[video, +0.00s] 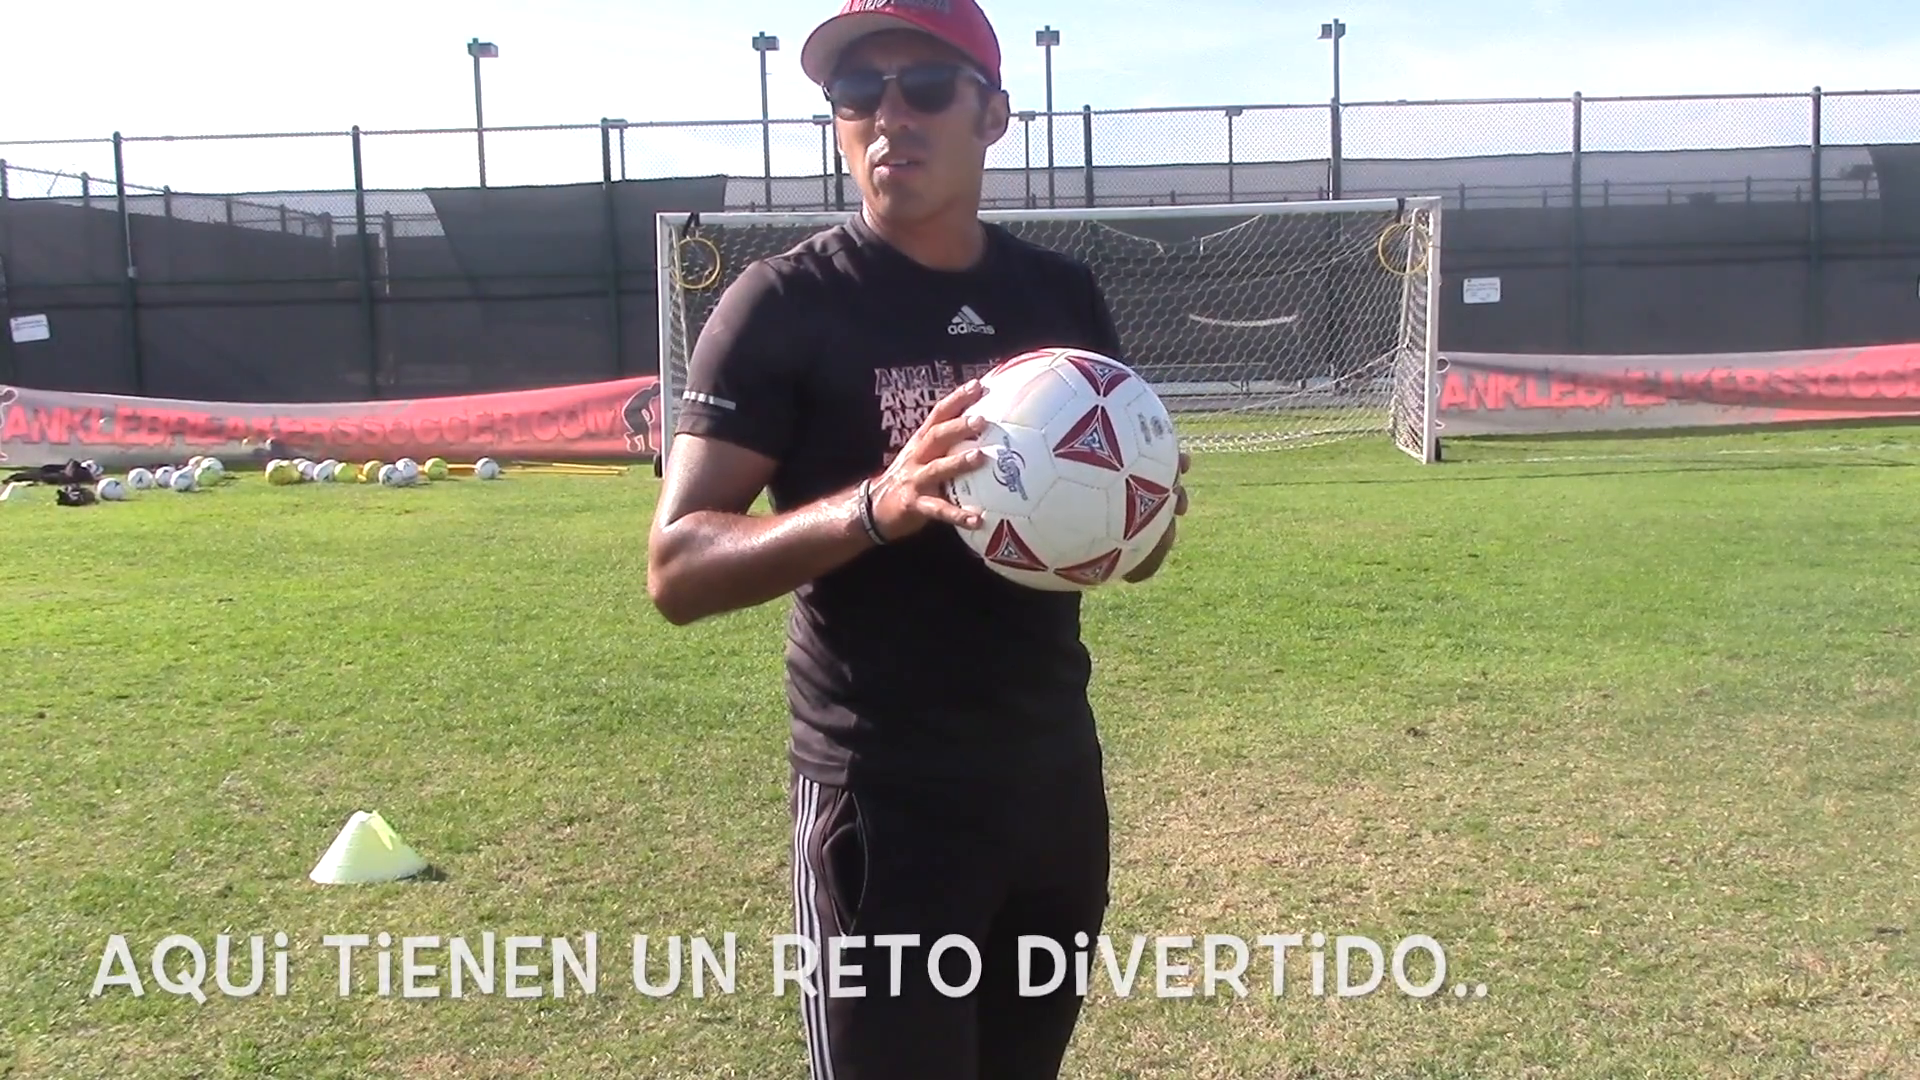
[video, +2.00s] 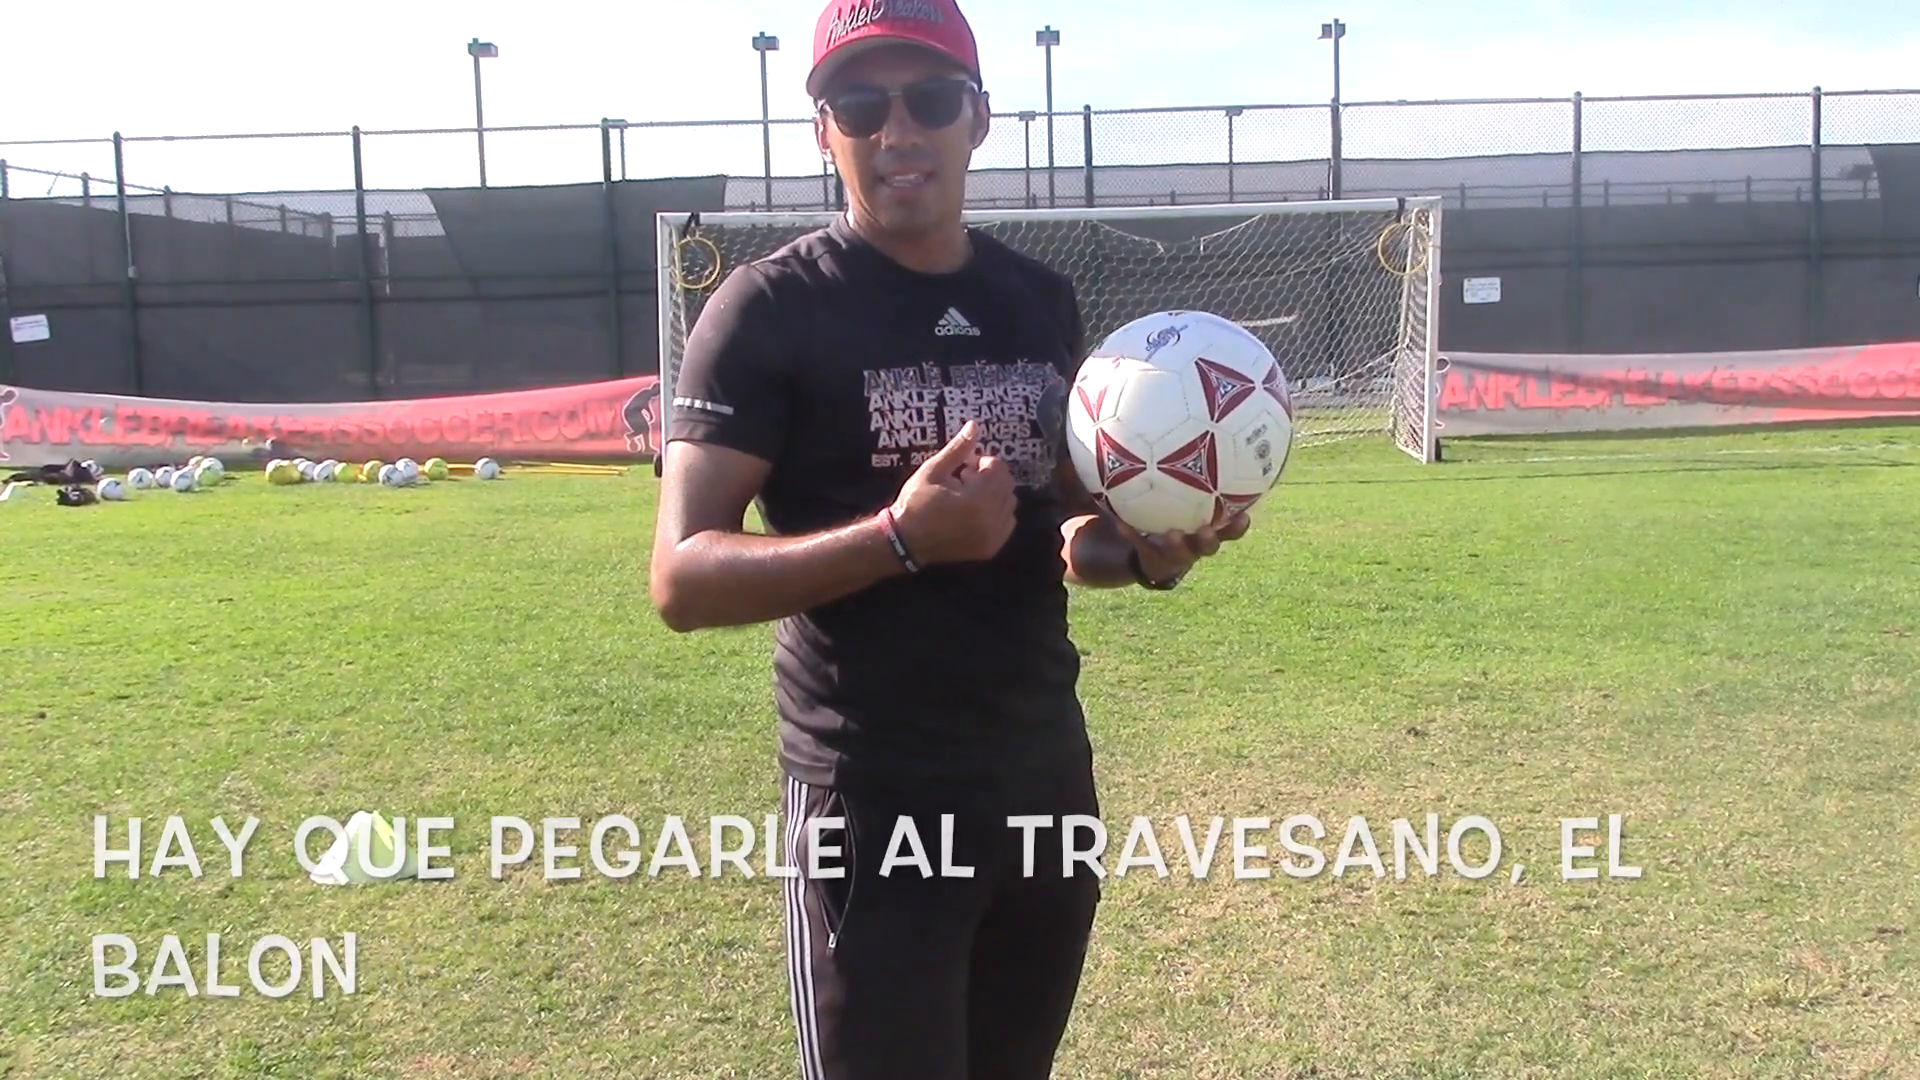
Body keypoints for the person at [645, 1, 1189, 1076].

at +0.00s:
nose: (892, 115)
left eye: (927, 88)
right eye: (863, 93)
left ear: (993, 117)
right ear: (835, 127)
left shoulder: (1061, 291)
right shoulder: (775, 307)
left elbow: (1113, 517)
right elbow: (678, 572)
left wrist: (1143, 513)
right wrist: (872, 508)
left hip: (1046, 760)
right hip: (875, 776)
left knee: (1024, 1060)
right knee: (887, 1060)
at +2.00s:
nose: (901, 133)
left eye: (932, 101)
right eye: (866, 105)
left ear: (977, 120)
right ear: (825, 133)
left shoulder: (1040, 298)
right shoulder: (764, 309)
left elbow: (1069, 531)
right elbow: (683, 581)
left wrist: (1146, 553)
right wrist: (900, 537)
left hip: (1041, 770)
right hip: (864, 782)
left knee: (1013, 1063)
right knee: (884, 1063)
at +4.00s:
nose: (897, 140)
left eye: (928, 104)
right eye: (862, 112)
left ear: (978, 119)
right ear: (826, 140)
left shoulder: (1046, 297)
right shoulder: (768, 312)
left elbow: (1088, 496)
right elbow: (674, 578)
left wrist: (1156, 505)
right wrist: (888, 565)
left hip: (1047, 759)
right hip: (872, 774)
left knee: (1019, 1062)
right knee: (888, 1062)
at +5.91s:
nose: (918, 135)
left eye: (951, 103)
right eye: (883, 105)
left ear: (996, 120)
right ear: (841, 130)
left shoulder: (1055, 297)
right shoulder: (777, 302)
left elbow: (1088, 533)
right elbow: (685, 570)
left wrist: (1157, 561)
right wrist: (920, 555)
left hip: (1051, 763)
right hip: (872, 775)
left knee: (1022, 1061)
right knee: (888, 1061)